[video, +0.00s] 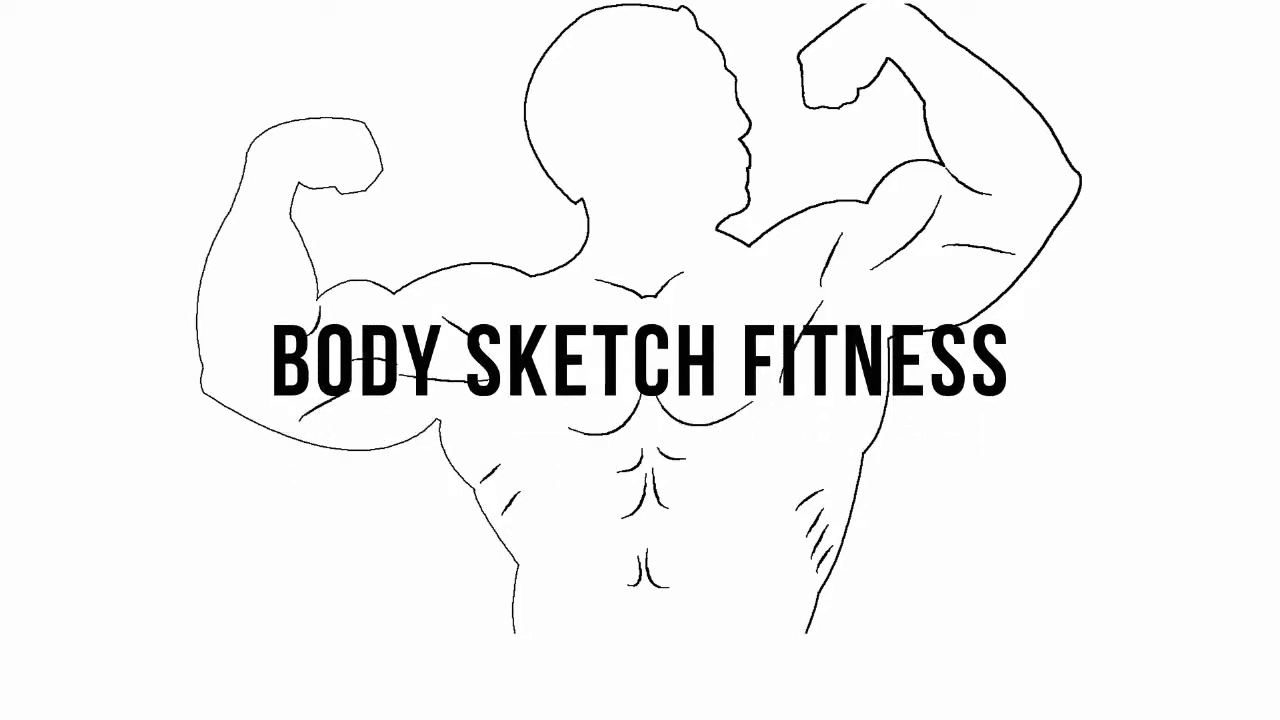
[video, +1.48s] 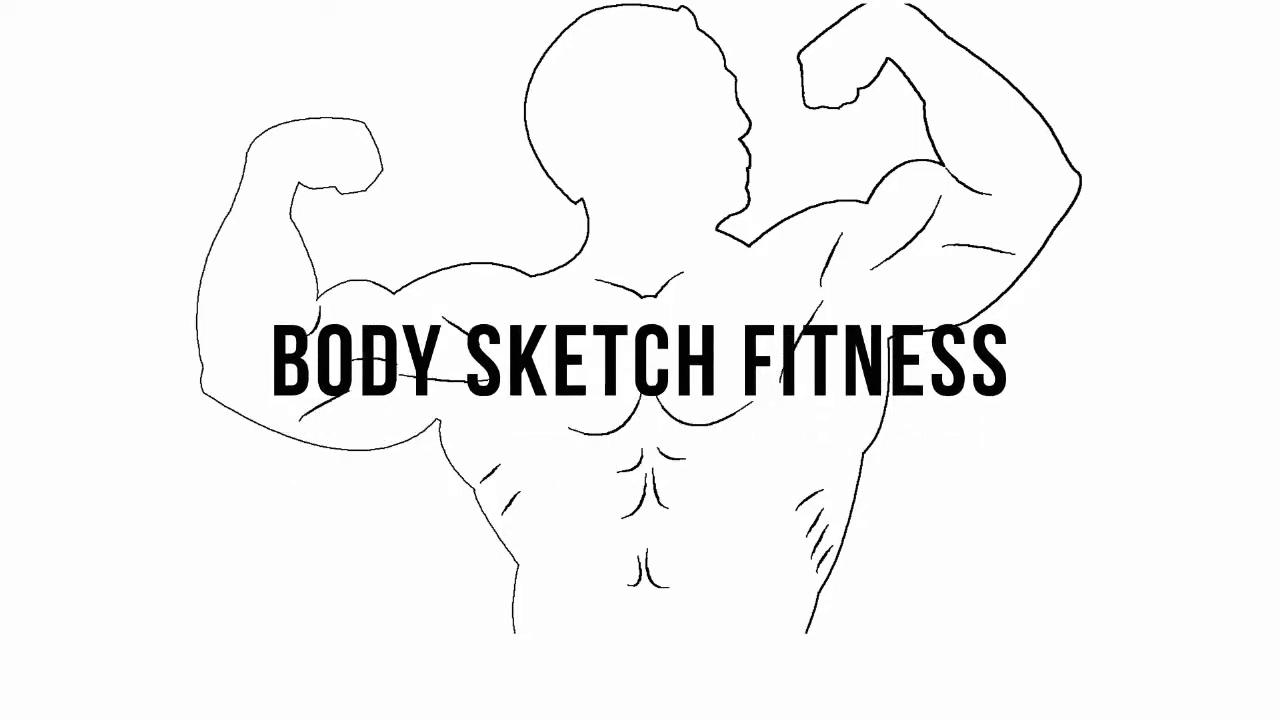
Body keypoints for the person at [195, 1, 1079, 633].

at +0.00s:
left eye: (692, 114)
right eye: (633, 122)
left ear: (737, 126)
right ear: (566, 148)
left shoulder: (813, 294)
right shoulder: (478, 318)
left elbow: (1034, 190)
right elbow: (250, 371)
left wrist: (895, 35)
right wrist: (273, 171)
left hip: (769, 662)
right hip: (547, 667)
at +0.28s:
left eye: (692, 114)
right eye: (633, 122)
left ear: (737, 126)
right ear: (566, 148)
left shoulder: (813, 294)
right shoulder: (478, 318)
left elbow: (1034, 190)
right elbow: (250, 371)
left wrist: (895, 35)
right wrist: (273, 171)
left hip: (769, 662)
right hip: (547, 667)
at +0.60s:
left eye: (692, 114)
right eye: (633, 122)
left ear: (737, 127)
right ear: (566, 148)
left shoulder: (813, 294)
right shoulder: (478, 319)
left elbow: (1034, 190)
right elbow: (250, 371)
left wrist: (895, 35)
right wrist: (273, 171)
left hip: (769, 662)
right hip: (547, 667)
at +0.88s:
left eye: (692, 114)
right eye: (633, 122)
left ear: (737, 127)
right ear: (566, 148)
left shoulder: (813, 294)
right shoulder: (478, 319)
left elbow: (1034, 190)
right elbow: (250, 371)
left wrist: (895, 35)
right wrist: (273, 171)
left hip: (769, 662)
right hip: (547, 667)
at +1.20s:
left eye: (692, 114)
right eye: (633, 122)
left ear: (737, 127)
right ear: (566, 148)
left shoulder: (813, 294)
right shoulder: (478, 319)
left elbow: (1034, 190)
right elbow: (250, 371)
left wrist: (895, 35)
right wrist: (273, 171)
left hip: (769, 662)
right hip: (547, 667)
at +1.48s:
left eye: (692, 114)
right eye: (633, 122)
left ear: (737, 127)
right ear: (566, 148)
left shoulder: (813, 294)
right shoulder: (478, 319)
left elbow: (1034, 190)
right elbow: (250, 371)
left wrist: (895, 35)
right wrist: (273, 171)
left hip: (769, 662)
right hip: (547, 667)